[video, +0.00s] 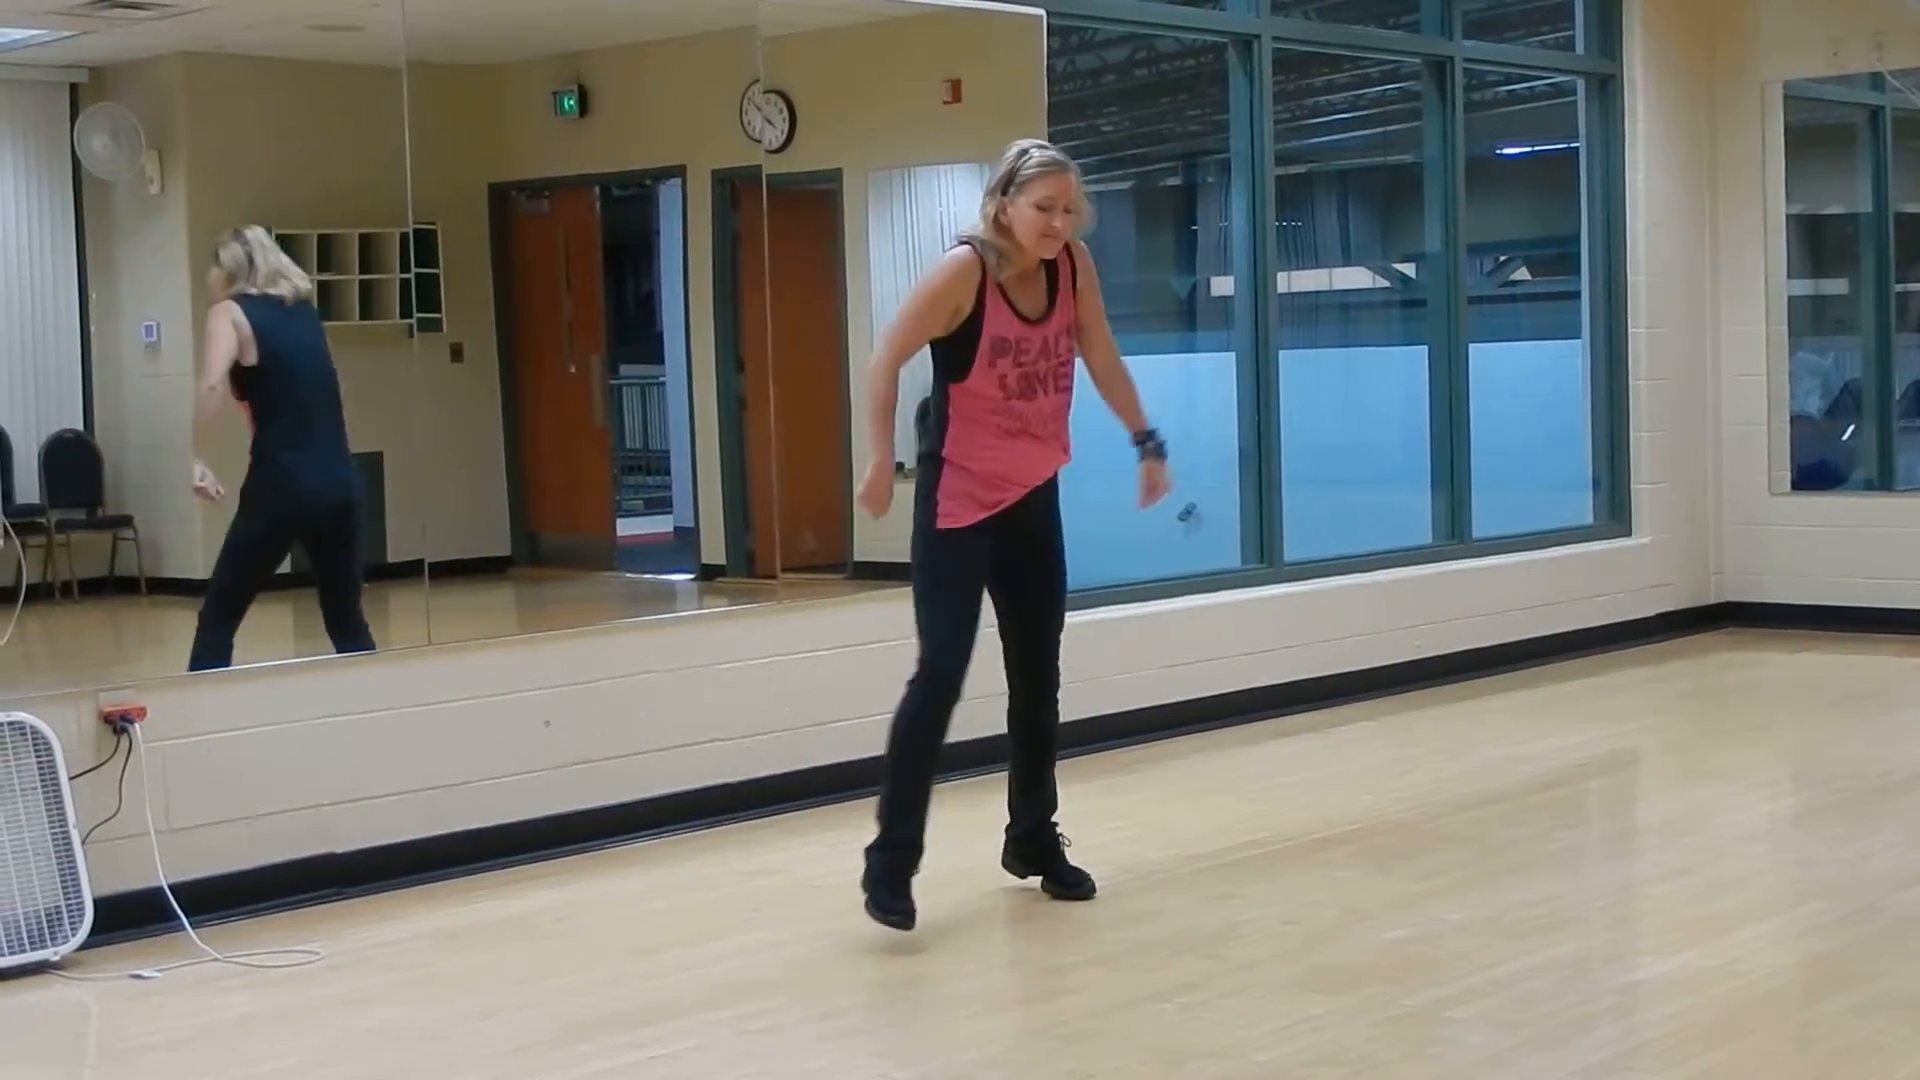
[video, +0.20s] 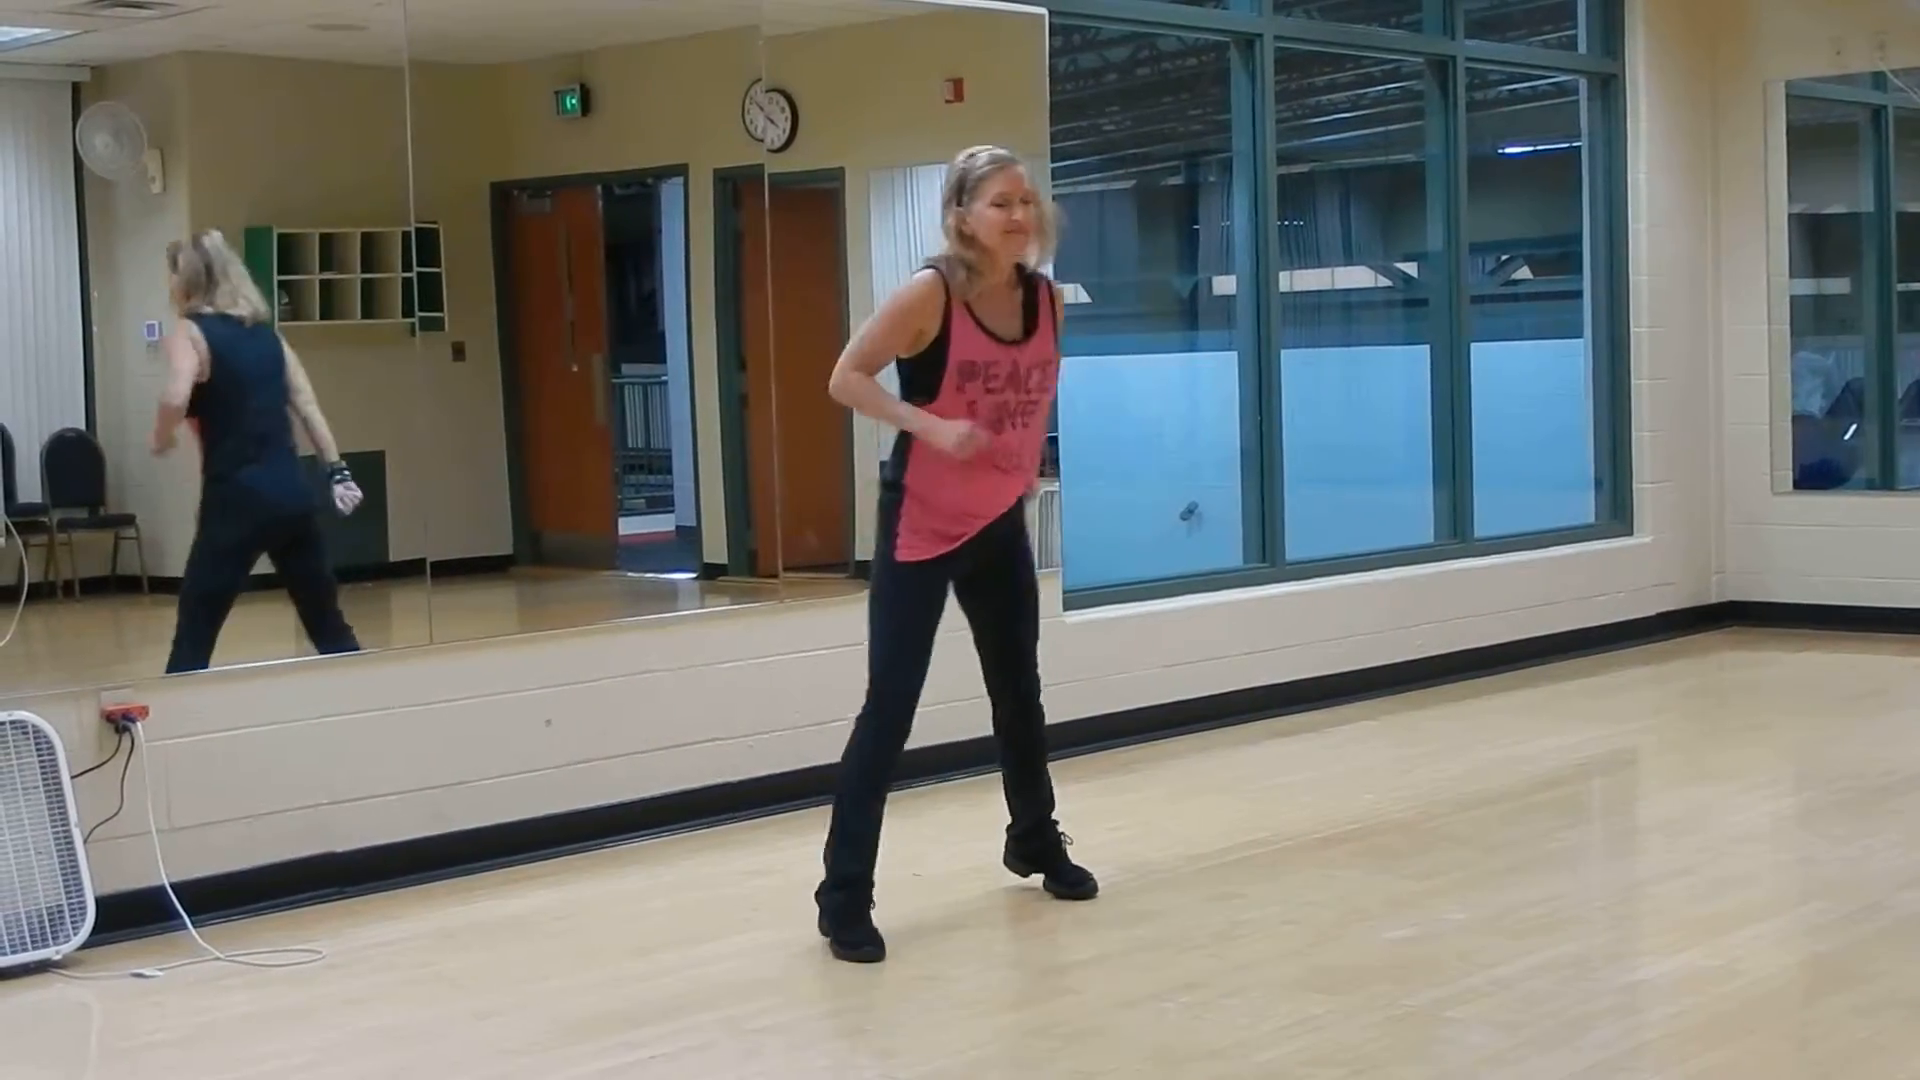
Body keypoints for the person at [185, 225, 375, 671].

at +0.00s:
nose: (212, 282)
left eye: (216, 273)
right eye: (212, 273)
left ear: (230, 271)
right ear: (274, 266)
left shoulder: (230, 311)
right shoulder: (305, 313)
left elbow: (214, 387)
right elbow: (320, 391)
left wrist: (198, 457)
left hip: (279, 488)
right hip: (337, 484)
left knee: (218, 620)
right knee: (347, 621)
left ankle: (199, 731)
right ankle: (384, 725)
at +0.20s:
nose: (170, 286)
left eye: (173, 275)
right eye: (171, 275)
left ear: (190, 278)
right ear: (228, 275)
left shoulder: (190, 332)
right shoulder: (269, 336)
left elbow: (176, 398)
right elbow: (306, 403)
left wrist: (162, 438)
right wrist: (336, 467)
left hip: (235, 501)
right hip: (291, 493)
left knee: (196, 630)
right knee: (325, 619)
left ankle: (171, 734)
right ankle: (373, 715)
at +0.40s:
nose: (125, 285)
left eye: (129, 276)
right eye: (127, 275)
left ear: (142, 281)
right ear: (189, 276)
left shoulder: (134, 343)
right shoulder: (225, 335)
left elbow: (110, 434)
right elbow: (280, 393)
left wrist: (66, 460)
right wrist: (276, 470)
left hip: (171, 511)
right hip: (233, 505)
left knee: (148, 649)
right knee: (233, 630)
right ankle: (303, 701)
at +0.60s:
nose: (101, 298)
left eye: (105, 289)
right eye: (102, 288)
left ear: (118, 295)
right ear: (166, 286)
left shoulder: (110, 358)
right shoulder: (211, 343)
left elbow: (71, 447)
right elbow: (245, 412)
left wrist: (33, 519)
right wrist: (189, 415)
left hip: (140, 523)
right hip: (202, 521)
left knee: (126, 649)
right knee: (142, 639)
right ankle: (197, 718)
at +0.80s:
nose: (85, 277)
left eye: (88, 268)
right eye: (89, 267)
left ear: (97, 276)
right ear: (150, 270)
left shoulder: (92, 337)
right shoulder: (182, 326)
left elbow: (90, 425)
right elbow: (199, 410)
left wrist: (85, 505)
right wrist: (192, 481)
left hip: (130, 511)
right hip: (192, 505)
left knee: (105, 648)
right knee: (164, 640)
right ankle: (209, 737)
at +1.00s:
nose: (60, 267)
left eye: (66, 258)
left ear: (73, 264)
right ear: (125, 262)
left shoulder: (80, 324)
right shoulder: (142, 314)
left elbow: (117, 398)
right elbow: (164, 398)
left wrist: (102, 481)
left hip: (134, 501)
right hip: (191, 492)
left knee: (74, 643)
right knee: (195, 640)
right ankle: (235, 752)